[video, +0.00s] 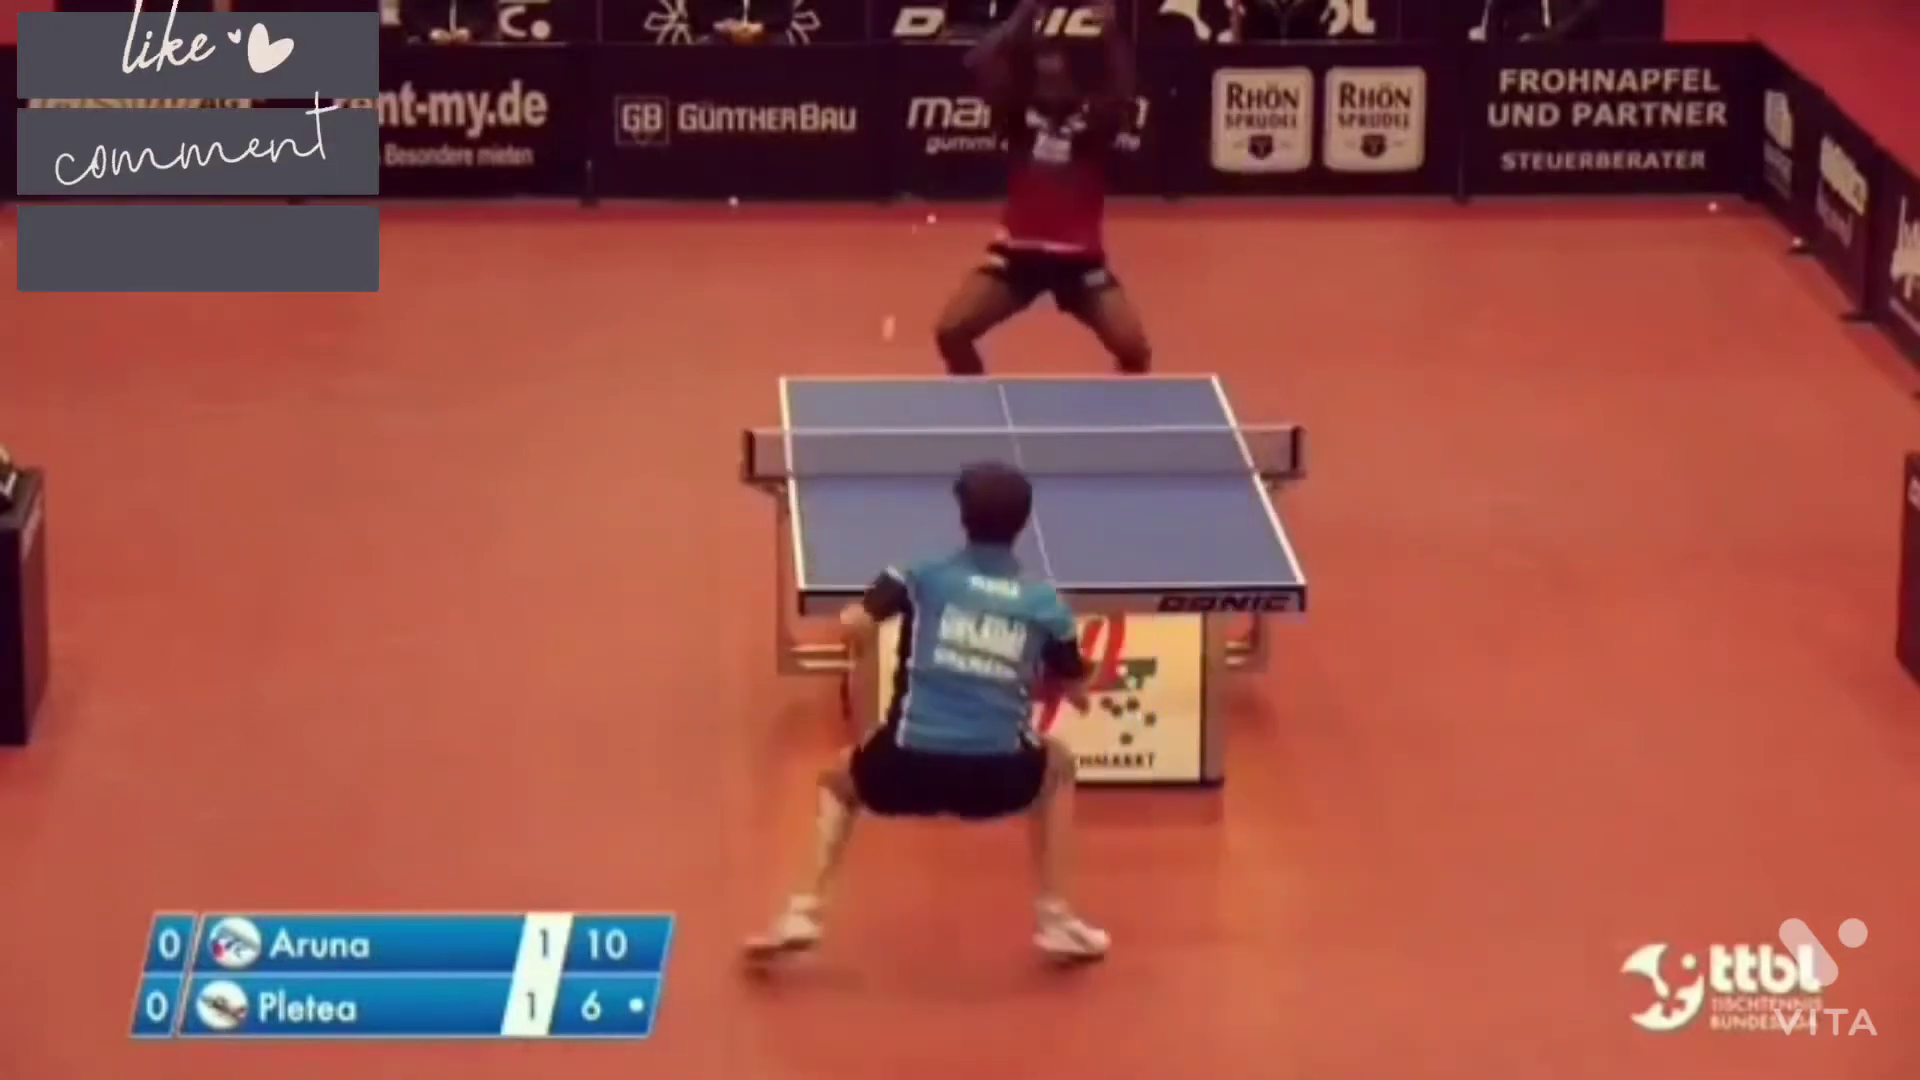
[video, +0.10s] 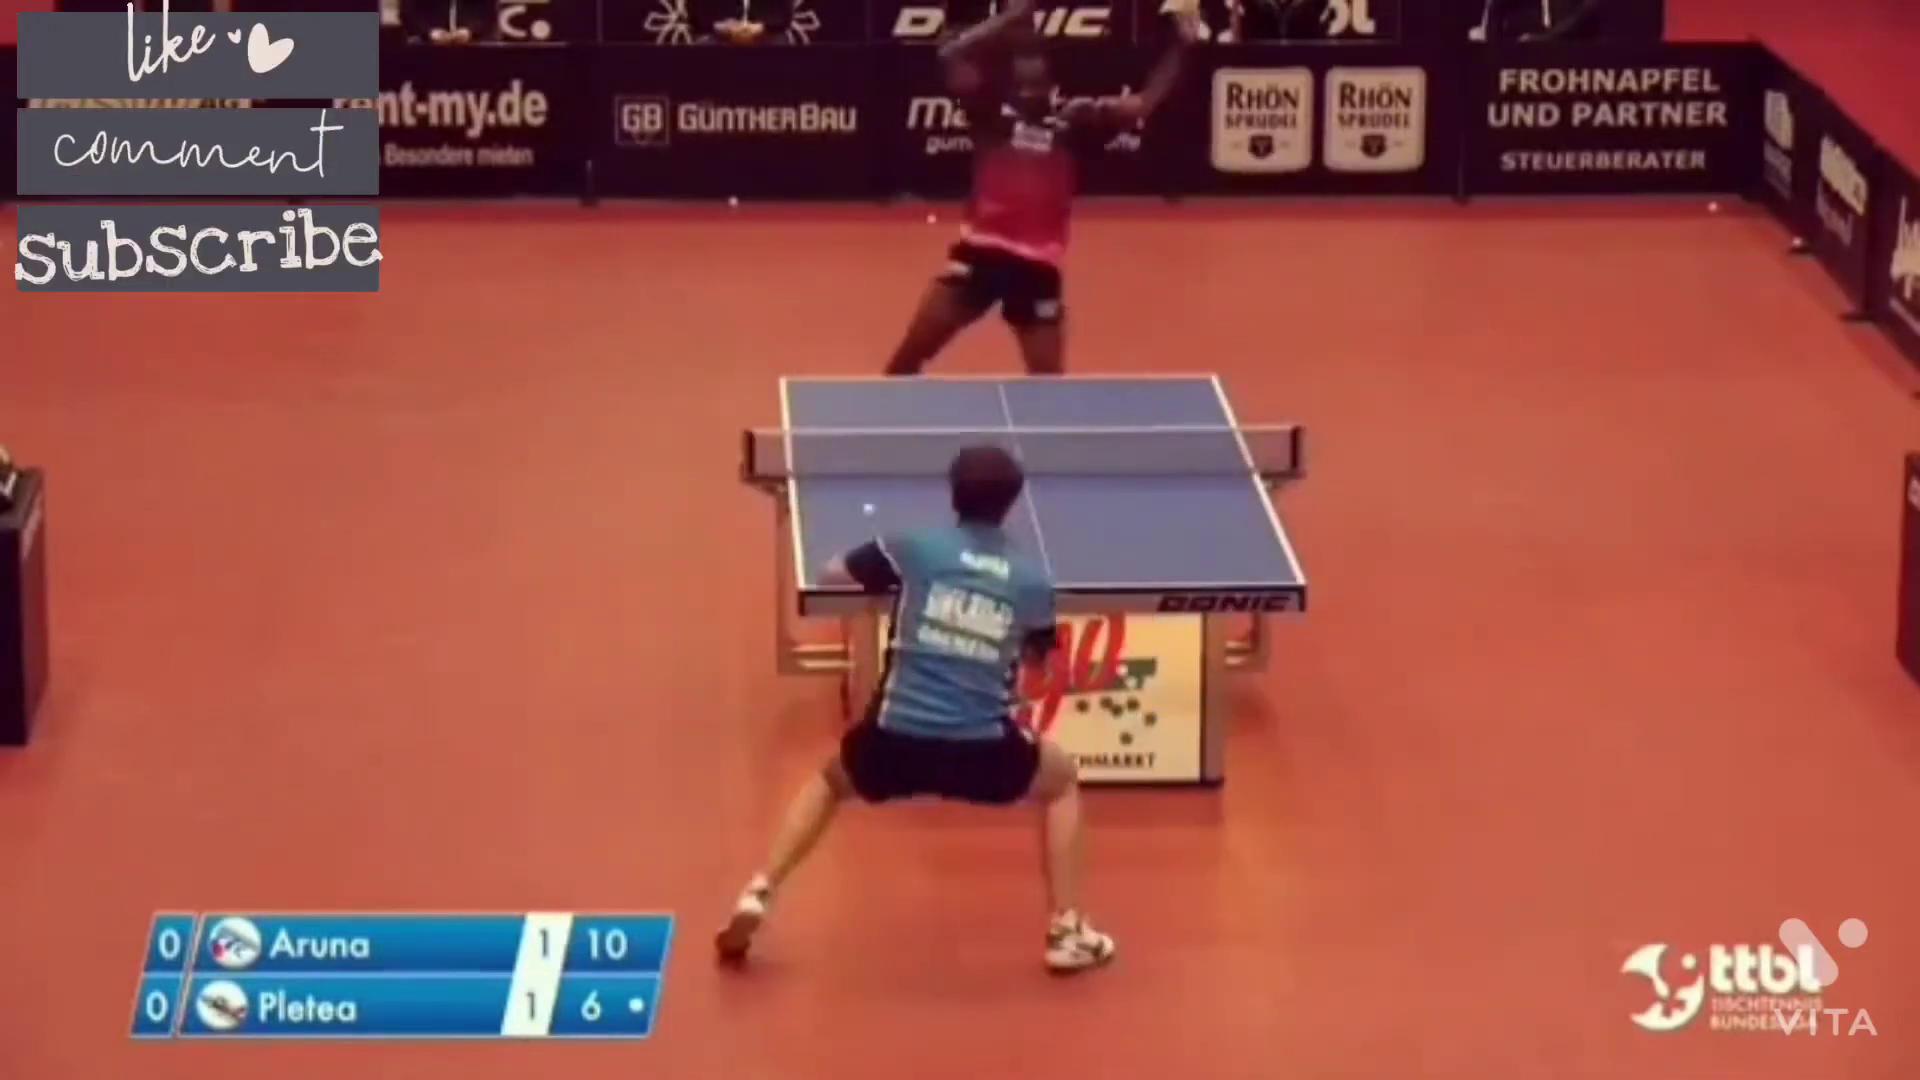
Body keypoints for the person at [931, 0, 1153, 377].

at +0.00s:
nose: (1051, 80)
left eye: (1057, 72)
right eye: (1043, 72)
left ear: (1071, 76)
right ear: (1031, 75)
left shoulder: (1093, 121)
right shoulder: (1017, 118)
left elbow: (1122, 93)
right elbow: (979, 62)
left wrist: (1112, 33)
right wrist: (1025, 13)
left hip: (1080, 263)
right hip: (1017, 258)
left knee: (1135, 350)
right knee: (950, 334)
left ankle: (1134, 423)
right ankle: (984, 418)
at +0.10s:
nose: (1030, 92)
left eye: (1037, 83)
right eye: (1022, 83)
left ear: (1051, 81)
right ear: (1008, 82)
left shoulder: (1070, 119)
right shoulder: (992, 114)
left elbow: (1141, 105)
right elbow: (952, 56)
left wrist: (1181, 45)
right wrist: (1009, 19)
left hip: (1038, 268)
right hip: (981, 257)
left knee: (1049, 382)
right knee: (910, 353)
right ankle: (869, 430)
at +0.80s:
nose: (1065, 143)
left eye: (1072, 133)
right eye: (1062, 136)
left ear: (1095, 127)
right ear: (1067, 136)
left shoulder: (1125, 156)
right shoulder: (1092, 167)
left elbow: (1176, 202)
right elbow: (1120, 221)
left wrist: (1167, 261)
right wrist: (1099, 266)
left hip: (1195, 259)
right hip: (1137, 261)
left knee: (1253, 353)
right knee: (1068, 314)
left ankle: (1349, 398)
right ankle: (1047, 401)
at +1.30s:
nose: (1243, 87)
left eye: (1253, 80)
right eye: (1238, 78)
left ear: (1274, 84)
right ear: (1228, 77)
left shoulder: (1292, 133)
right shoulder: (1206, 105)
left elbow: (1307, 183)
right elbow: (1154, 80)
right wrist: (1167, 23)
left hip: (1244, 248)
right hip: (1180, 239)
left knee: (1286, 343)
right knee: (1110, 318)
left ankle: (1341, 410)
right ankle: (1088, 400)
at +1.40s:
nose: (1239, 90)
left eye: (1248, 82)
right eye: (1236, 80)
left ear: (1270, 84)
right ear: (1228, 79)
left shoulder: (1296, 133)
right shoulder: (1205, 110)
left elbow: (1306, 197)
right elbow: (1146, 111)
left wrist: (1318, 212)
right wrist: (1154, 50)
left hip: (1256, 251)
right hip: (1190, 245)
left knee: (1307, 340)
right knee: (1124, 324)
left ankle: (1349, 411)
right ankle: (1096, 405)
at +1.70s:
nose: (1201, 114)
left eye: (1209, 104)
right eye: (1193, 105)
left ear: (1226, 103)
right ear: (1182, 107)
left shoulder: (1259, 139)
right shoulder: (1164, 147)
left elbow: (1287, 187)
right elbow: (1136, 212)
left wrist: (1286, 229)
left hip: (1250, 246)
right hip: (1187, 246)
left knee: (1307, 332)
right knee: (1123, 325)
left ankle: (1333, 412)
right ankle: (1088, 402)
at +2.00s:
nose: (1252, 143)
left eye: (1259, 134)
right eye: (1245, 135)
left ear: (1275, 130)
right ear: (1234, 134)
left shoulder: (1300, 150)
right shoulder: (1217, 168)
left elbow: (1340, 179)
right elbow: (1195, 239)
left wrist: (1367, 220)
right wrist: (1232, 270)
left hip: (1283, 255)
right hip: (1220, 256)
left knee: (1334, 323)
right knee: (1155, 331)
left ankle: (1335, 414)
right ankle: (1122, 399)